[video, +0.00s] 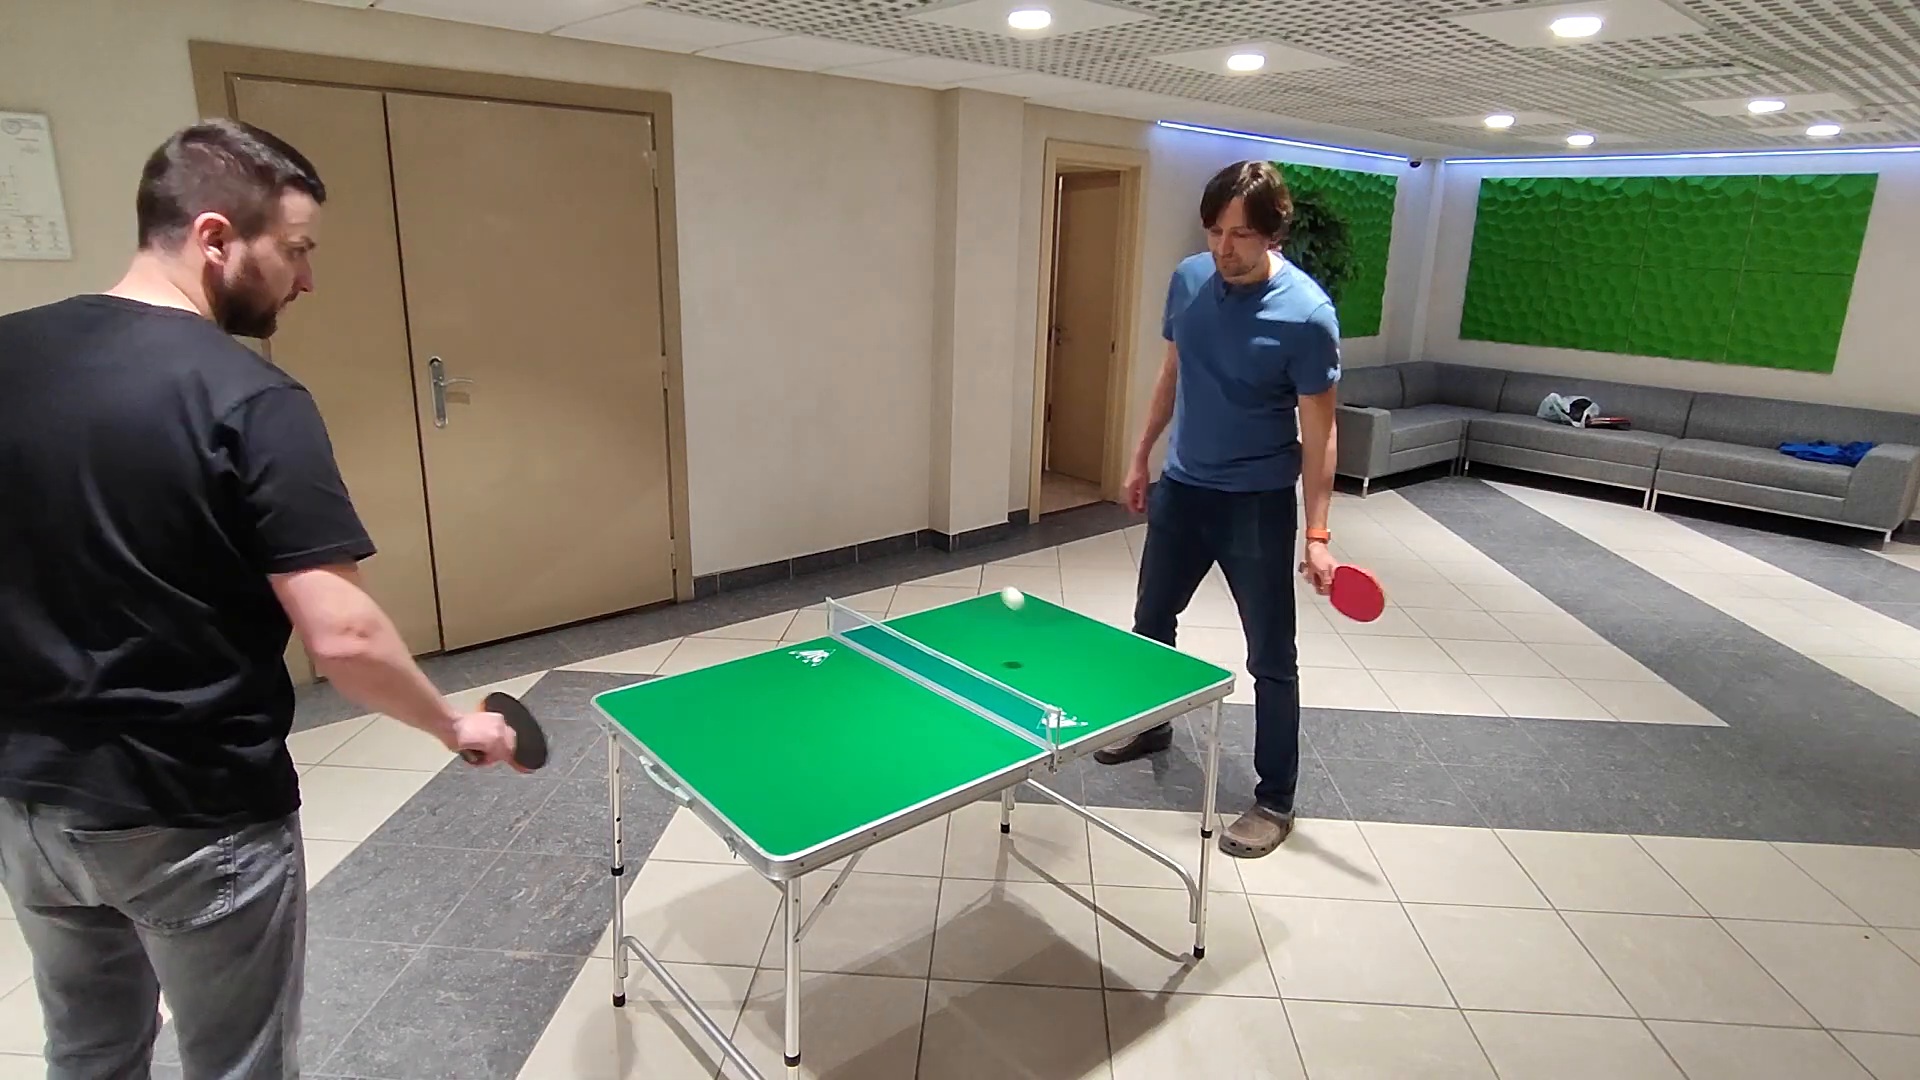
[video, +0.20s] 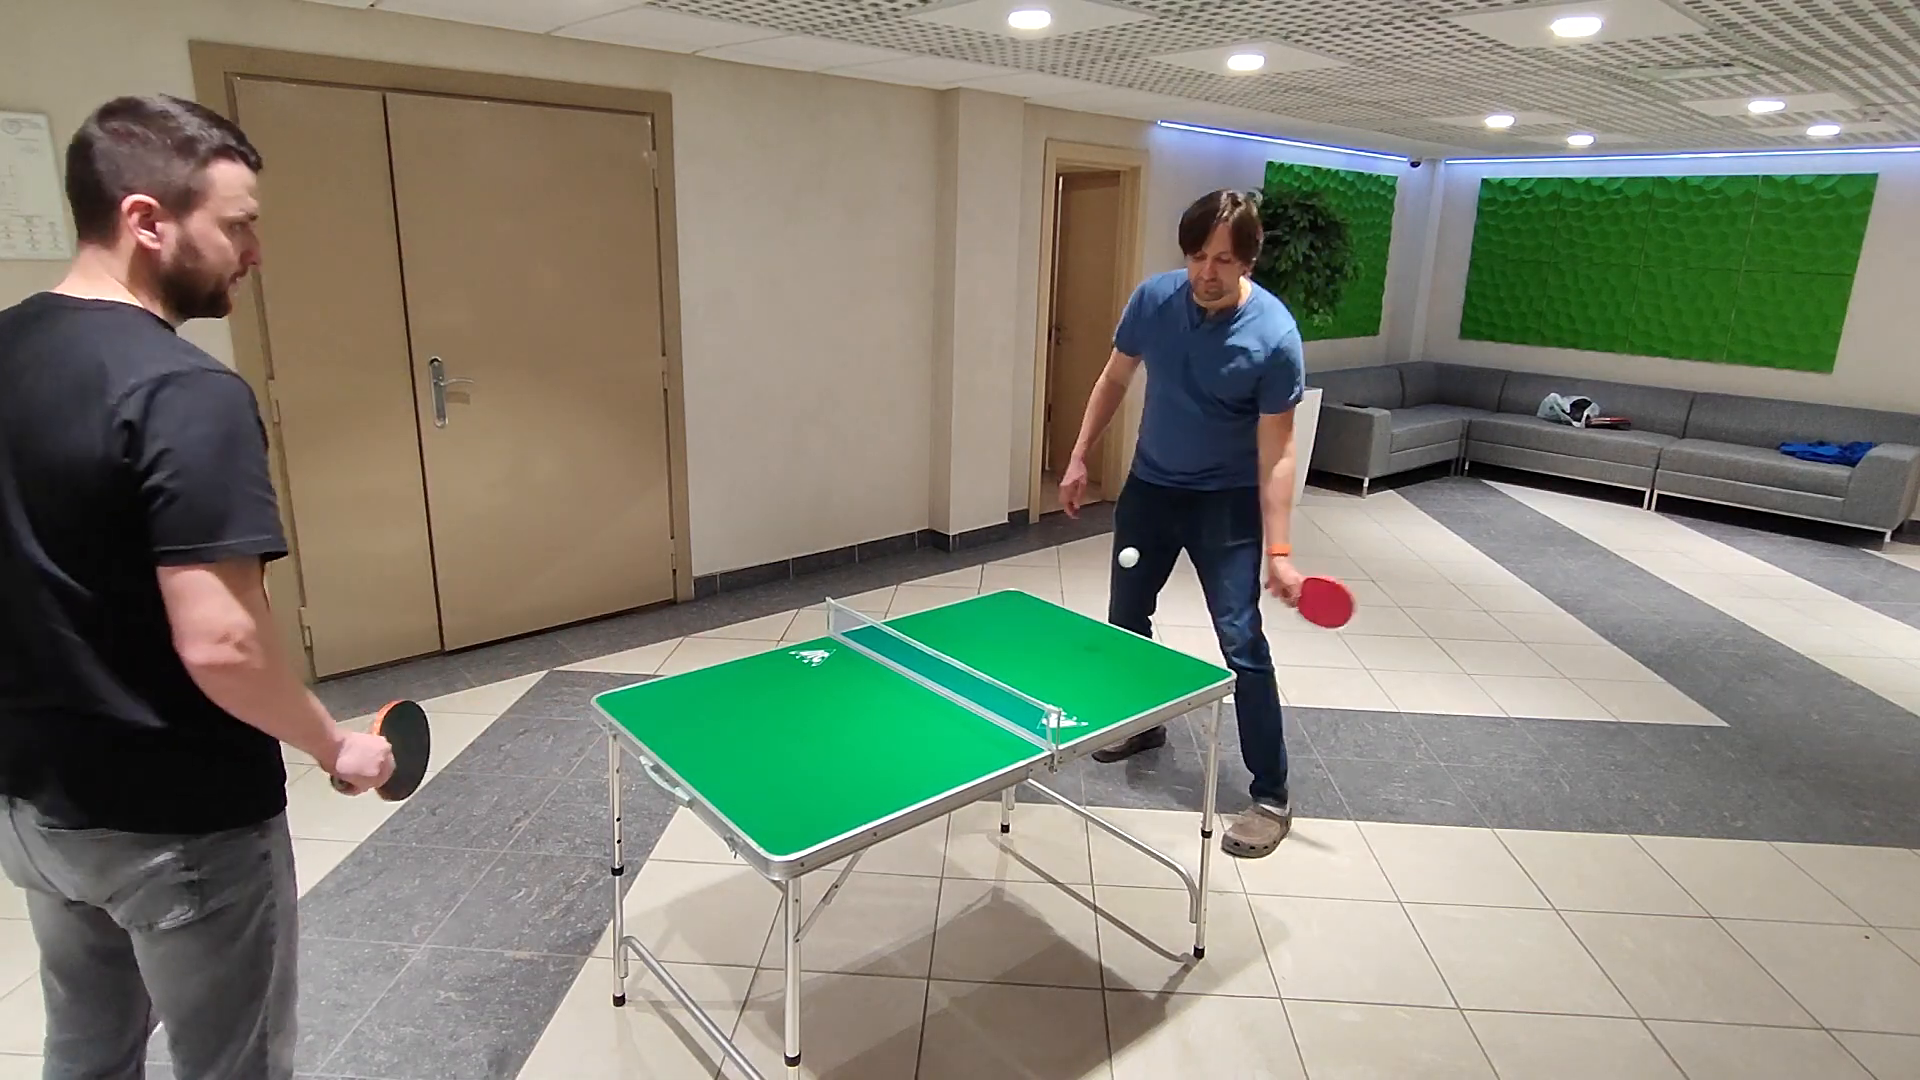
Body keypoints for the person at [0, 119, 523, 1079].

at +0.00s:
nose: (305, 280)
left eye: (310, 255)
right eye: (296, 251)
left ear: (203, 234)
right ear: (214, 238)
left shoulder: (15, 347)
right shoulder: (249, 396)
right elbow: (342, 637)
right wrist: (451, 723)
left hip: (28, 797)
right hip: (195, 811)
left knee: (89, 1061)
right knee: (239, 1064)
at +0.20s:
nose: (254, 254)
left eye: (254, 228)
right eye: (237, 227)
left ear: (143, 222)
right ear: (147, 221)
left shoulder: (9, 344)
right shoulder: (184, 390)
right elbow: (220, 643)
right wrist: (333, 744)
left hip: (37, 799)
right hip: (180, 821)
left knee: (86, 1055)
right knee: (237, 1064)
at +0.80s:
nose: (241, 279)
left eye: (243, 252)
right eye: (218, 245)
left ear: (113, 230)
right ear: (118, 227)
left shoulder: (20, 341)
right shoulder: (116, 389)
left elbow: (69, 574)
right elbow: (226, 619)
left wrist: (225, 670)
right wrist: (382, 723)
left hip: (31, 812)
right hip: (143, 834)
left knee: (69, 1054)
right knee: (226, 1060)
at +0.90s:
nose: (285, 299)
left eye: (287, 270)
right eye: (268, 265)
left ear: (165, 245)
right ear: (170, 244)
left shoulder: (13, 349)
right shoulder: (170, 413)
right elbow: (341, 626)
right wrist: (499, 732)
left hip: (19, 831)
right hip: (141, 849)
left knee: (61, 1065)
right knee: (219, 1064)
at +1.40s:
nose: (330, 293)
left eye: (330, 265)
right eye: (313, 263)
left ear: (213, 249)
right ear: (218, 251)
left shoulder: (25, 354)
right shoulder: (219, 423)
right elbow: (280, 693)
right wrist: (433, 812)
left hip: (25, 823)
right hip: (169, 853)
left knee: (91, 1056)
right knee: (231, 1066)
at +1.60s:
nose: (274, 276)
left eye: (271, 247)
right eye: (252, 247)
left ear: (148, 244)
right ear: (150, 241)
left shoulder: (33, 359)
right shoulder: (142, 422)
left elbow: (163, 578)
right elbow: (155, 692)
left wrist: (273, 696)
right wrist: (310, 824)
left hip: (55, 815)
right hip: (174, 839)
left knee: (92, 1047)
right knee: (334, 1021)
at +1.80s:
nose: (333, 287)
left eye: (331, 258)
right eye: (313, 259)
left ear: (213, 256)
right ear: (216, 254)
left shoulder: (165, 366)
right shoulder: (177, 426)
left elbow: (266, 561)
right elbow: (174, 692)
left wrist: (402, 656)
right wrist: (352, 795)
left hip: (121, 795)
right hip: (201, 820)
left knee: (115, 1038)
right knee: (389, 1011)